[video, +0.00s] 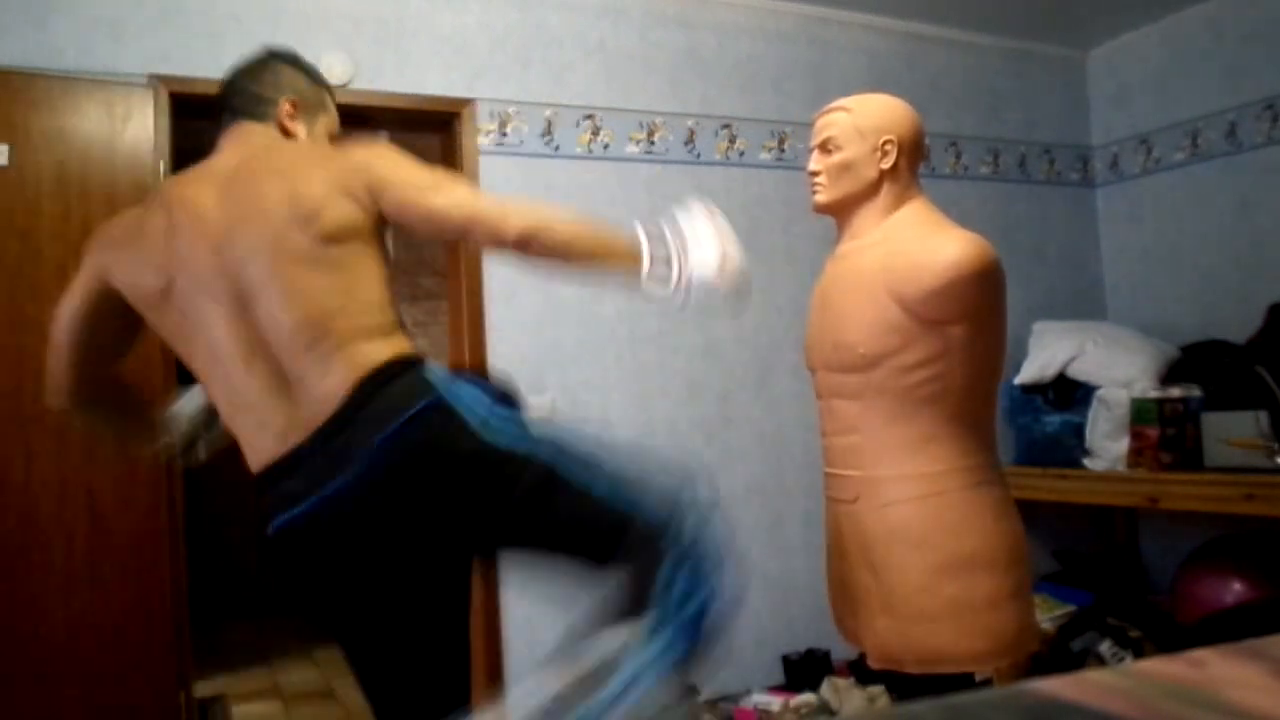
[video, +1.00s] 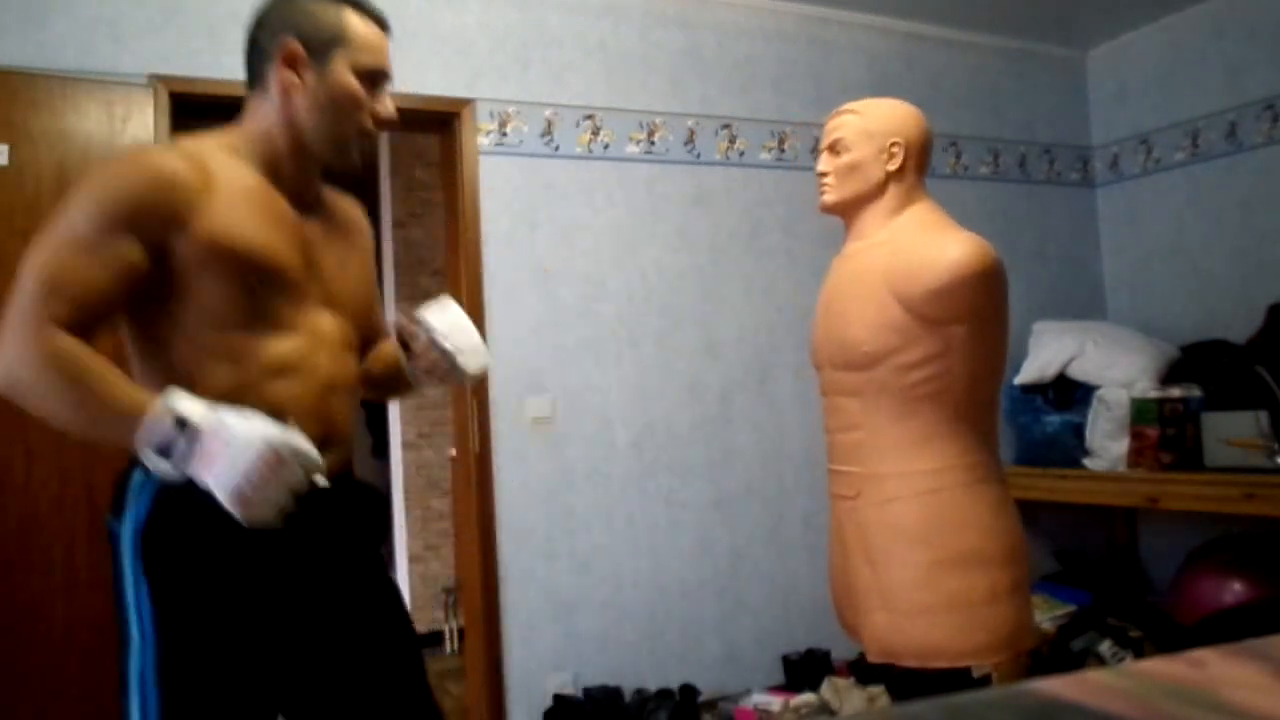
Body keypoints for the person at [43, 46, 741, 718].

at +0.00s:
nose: (331, 142)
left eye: (331, 127)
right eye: (329, 125)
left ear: (231, 119)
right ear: (290, 115)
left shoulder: (127, 239)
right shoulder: (335, 165)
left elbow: (70, 390)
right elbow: (512, 230)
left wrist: (162, 433)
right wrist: (657, 254)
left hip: (312, 518)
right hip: (422, 439)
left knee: (416, 706)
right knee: (662, 530)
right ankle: (646, 692)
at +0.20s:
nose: (350, 224)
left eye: (345, 213)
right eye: (343, 209)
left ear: (258, 215)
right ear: (300, 201)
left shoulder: (198, 348)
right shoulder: (326, 221)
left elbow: (293, 458)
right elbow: (403, 316)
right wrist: (548, 404)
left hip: (379, 547)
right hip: (458, 453)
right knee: (718, 452)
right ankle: (965, 452)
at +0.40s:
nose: (360, 213)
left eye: (359, 207)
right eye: (357, 204)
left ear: (289, 220)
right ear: (328, 203)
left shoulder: (227, 355)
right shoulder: (363, 220)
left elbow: (238, 517)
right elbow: (480, 265)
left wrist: (350, 499)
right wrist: (616, 329)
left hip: (360, 532)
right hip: (462, 456)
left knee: (444, 713)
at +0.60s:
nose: (420, 186)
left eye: (421, 172)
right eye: (414, 169)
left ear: (354, 157)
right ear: (362, 153)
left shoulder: (263, 277)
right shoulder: (380, 200)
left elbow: (195, 440)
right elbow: (484, 322)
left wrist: (312, 472)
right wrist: (569, 359)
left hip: (311, 502)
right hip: (381, 490)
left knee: (442, 696)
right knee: (408, 702)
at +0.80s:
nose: (425, 193)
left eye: (425, 172)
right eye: (411, 165)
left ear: (347, 159)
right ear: (344, 155)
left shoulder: (309, 269)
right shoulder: (266, 264)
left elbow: (325, 432)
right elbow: (244, 467)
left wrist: (421, 450)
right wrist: (403, 509)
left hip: (323, 576)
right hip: (261, 584)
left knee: (461, 708)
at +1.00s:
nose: (388, 109)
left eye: (387, 87)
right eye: (369, 81)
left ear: (296, 72)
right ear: (293, 71)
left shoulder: (350, 218)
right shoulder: (162, 183)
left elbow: (352, 368)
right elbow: (28, 344)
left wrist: (411, 358)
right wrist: (186, 435)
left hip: (334, 524)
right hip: (202, 532)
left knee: (394, 714)